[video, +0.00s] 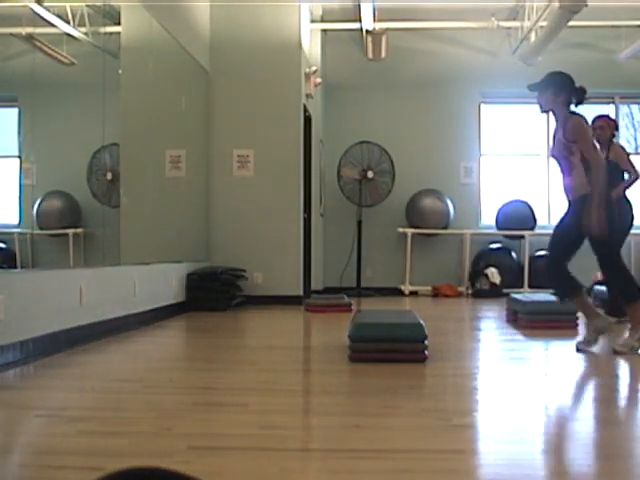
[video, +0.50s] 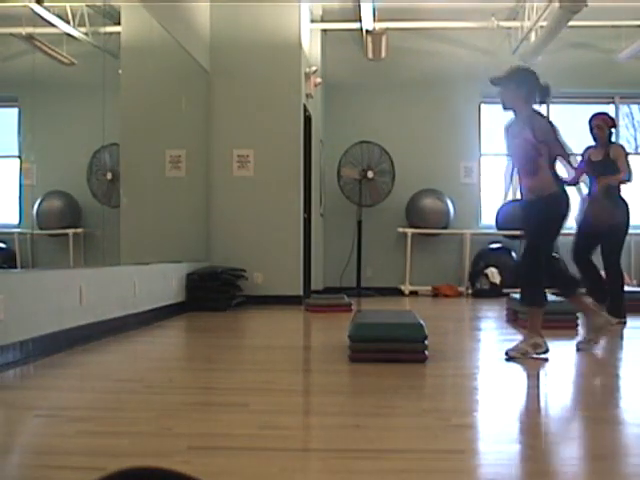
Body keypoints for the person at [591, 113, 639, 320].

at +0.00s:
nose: (599, 132)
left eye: (603, 128)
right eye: (596, 128)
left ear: (612, 131)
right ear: (592, 131)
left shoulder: (616, 151)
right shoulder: (593, 152)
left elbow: (634, 174)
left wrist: (620, 189)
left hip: (618, 204)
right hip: (601, 204)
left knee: (611, 253)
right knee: (606, 254)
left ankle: (624, 300)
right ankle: (615, 303)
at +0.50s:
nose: (597, 131)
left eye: (601, 127)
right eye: (594, 128)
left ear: (609, 128)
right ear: (591, 130)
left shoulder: (617, 149)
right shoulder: (589, 153)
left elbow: (626, 175)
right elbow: (575, 178)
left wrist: (605, 180)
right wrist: (561, 180)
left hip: (614, 207)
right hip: (593, 207)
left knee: (611, 259)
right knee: (580, 254)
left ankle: (616, 311)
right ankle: (602, 297)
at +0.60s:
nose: (593, 130)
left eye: (597, 126)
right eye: (590, 127)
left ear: (607, 127)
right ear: (587, 130)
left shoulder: (613, 148)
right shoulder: (586, 150)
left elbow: (609, 168)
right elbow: (565, 170)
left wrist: (588, 161)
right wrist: (548, 164)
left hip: (611, 209)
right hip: (589, 208)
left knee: (611, 259)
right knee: (566, 237)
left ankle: (617, 312)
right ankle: (584, 283)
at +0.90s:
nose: (568, 125)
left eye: (571, 120)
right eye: (564, 122)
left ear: (579, 121)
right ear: (561, 124)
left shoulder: (589, 140)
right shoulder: (560, 145)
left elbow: (597, 158)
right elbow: (542, 160)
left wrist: (574, 166)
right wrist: (532, 161)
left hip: (593, 201)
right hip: (571, 200)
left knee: (593, 251)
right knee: (553, 235)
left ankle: (610, 305)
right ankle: (552, 288)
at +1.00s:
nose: (558, 120)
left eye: (561, 115)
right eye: (555, 116)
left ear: (572, 115)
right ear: (552, 118)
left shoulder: (586, 134)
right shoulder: (554, 139)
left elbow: (608, 156)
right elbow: (540, 158)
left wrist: (596, 175)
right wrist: (531, 174)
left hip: (589, 194)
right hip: (567, 193)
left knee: (579, 241)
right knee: (552, 237)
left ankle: (596, 291)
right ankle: (552, 289)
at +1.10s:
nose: (553, 112)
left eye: (557, 107)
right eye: (551, 108)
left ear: (567, 108)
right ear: (549, 111)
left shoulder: (585, 130)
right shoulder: (549, 136)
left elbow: (611, 152)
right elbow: (544, 159)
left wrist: (603, 179)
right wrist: (542, 181)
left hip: (587, 188)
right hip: (564, 188)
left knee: (568, 229)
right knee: (556, 236)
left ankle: (576, 282)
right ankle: (553, 287)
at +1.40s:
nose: (554, 113)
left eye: (558, 109)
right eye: (553, 109)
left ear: (570, 108)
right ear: (553, 111)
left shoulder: (587, 126)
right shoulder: (555, 132)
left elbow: (611, 145)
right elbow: (542, 150)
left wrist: (596, 155)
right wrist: (530, 159)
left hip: (588, 187)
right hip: (566, 187)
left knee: (570, 231)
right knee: (557, 232)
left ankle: (567, 284)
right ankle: (552, 285)